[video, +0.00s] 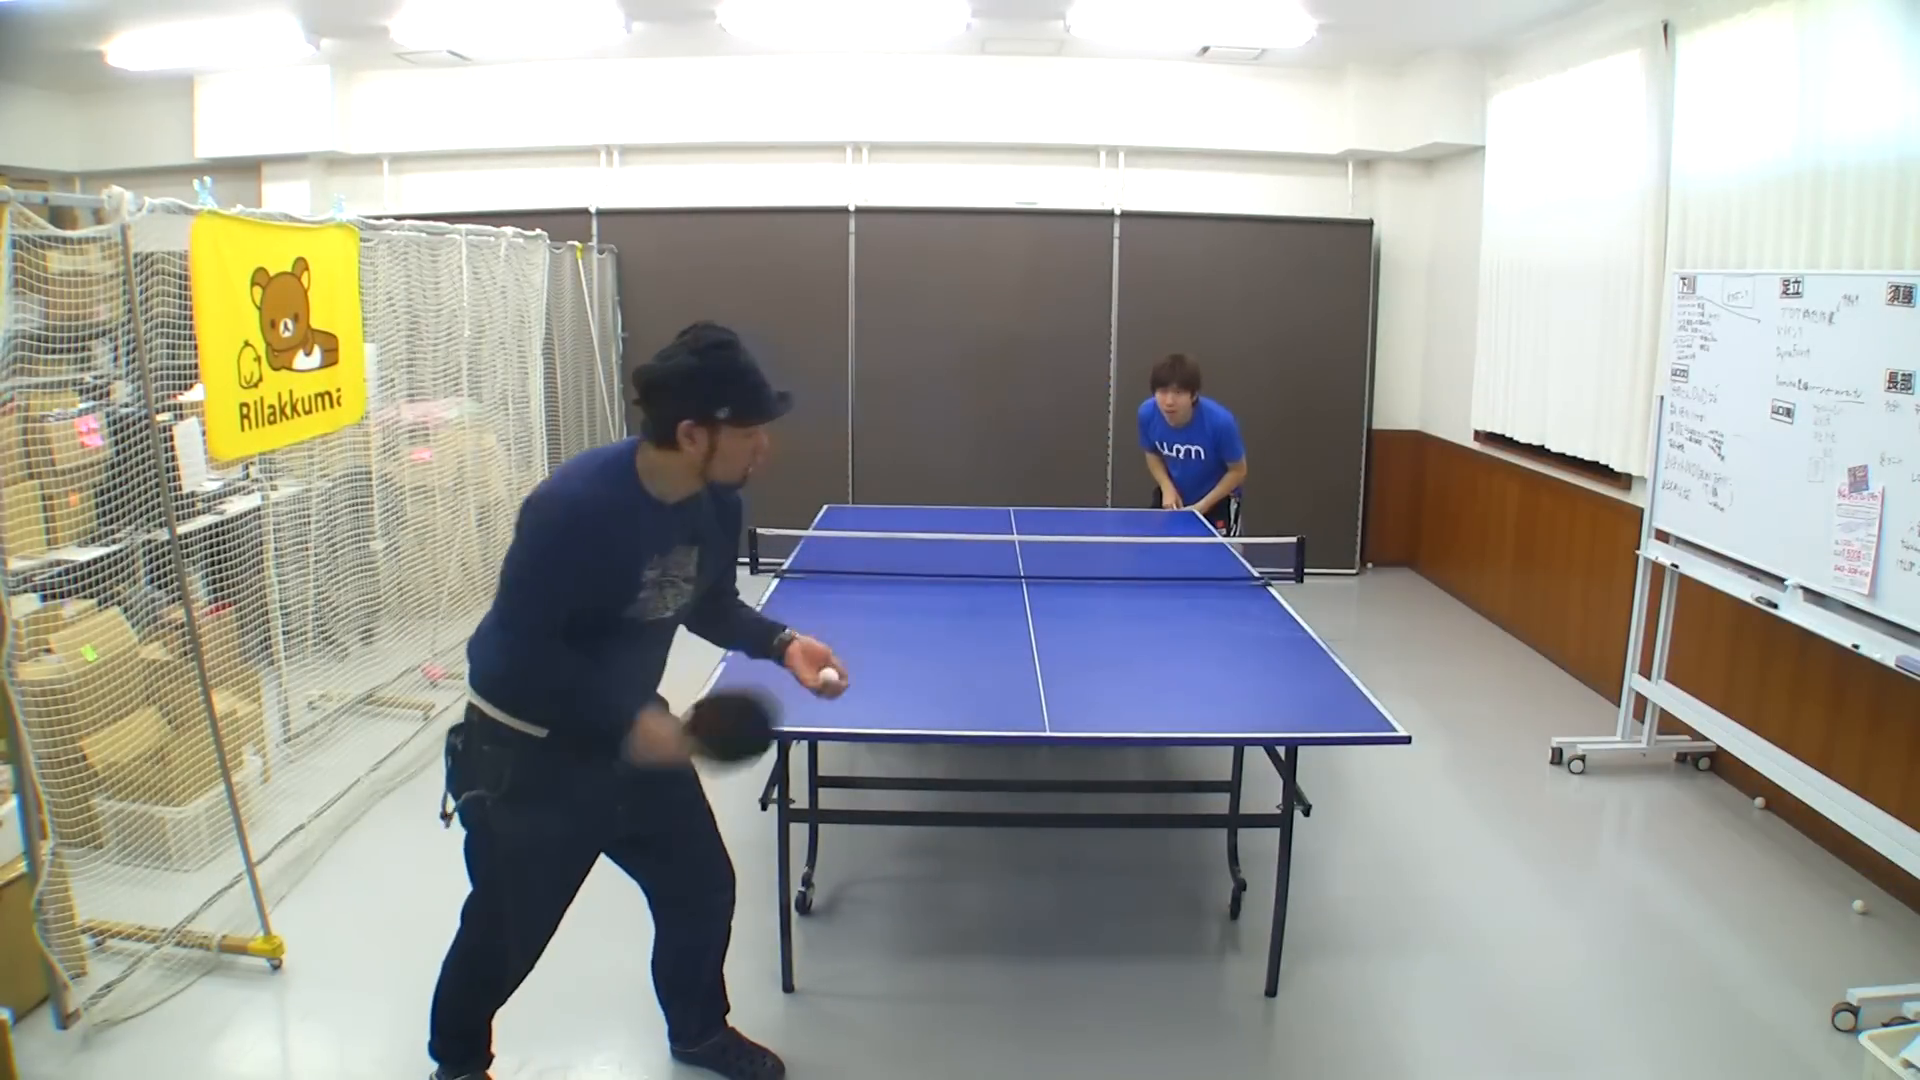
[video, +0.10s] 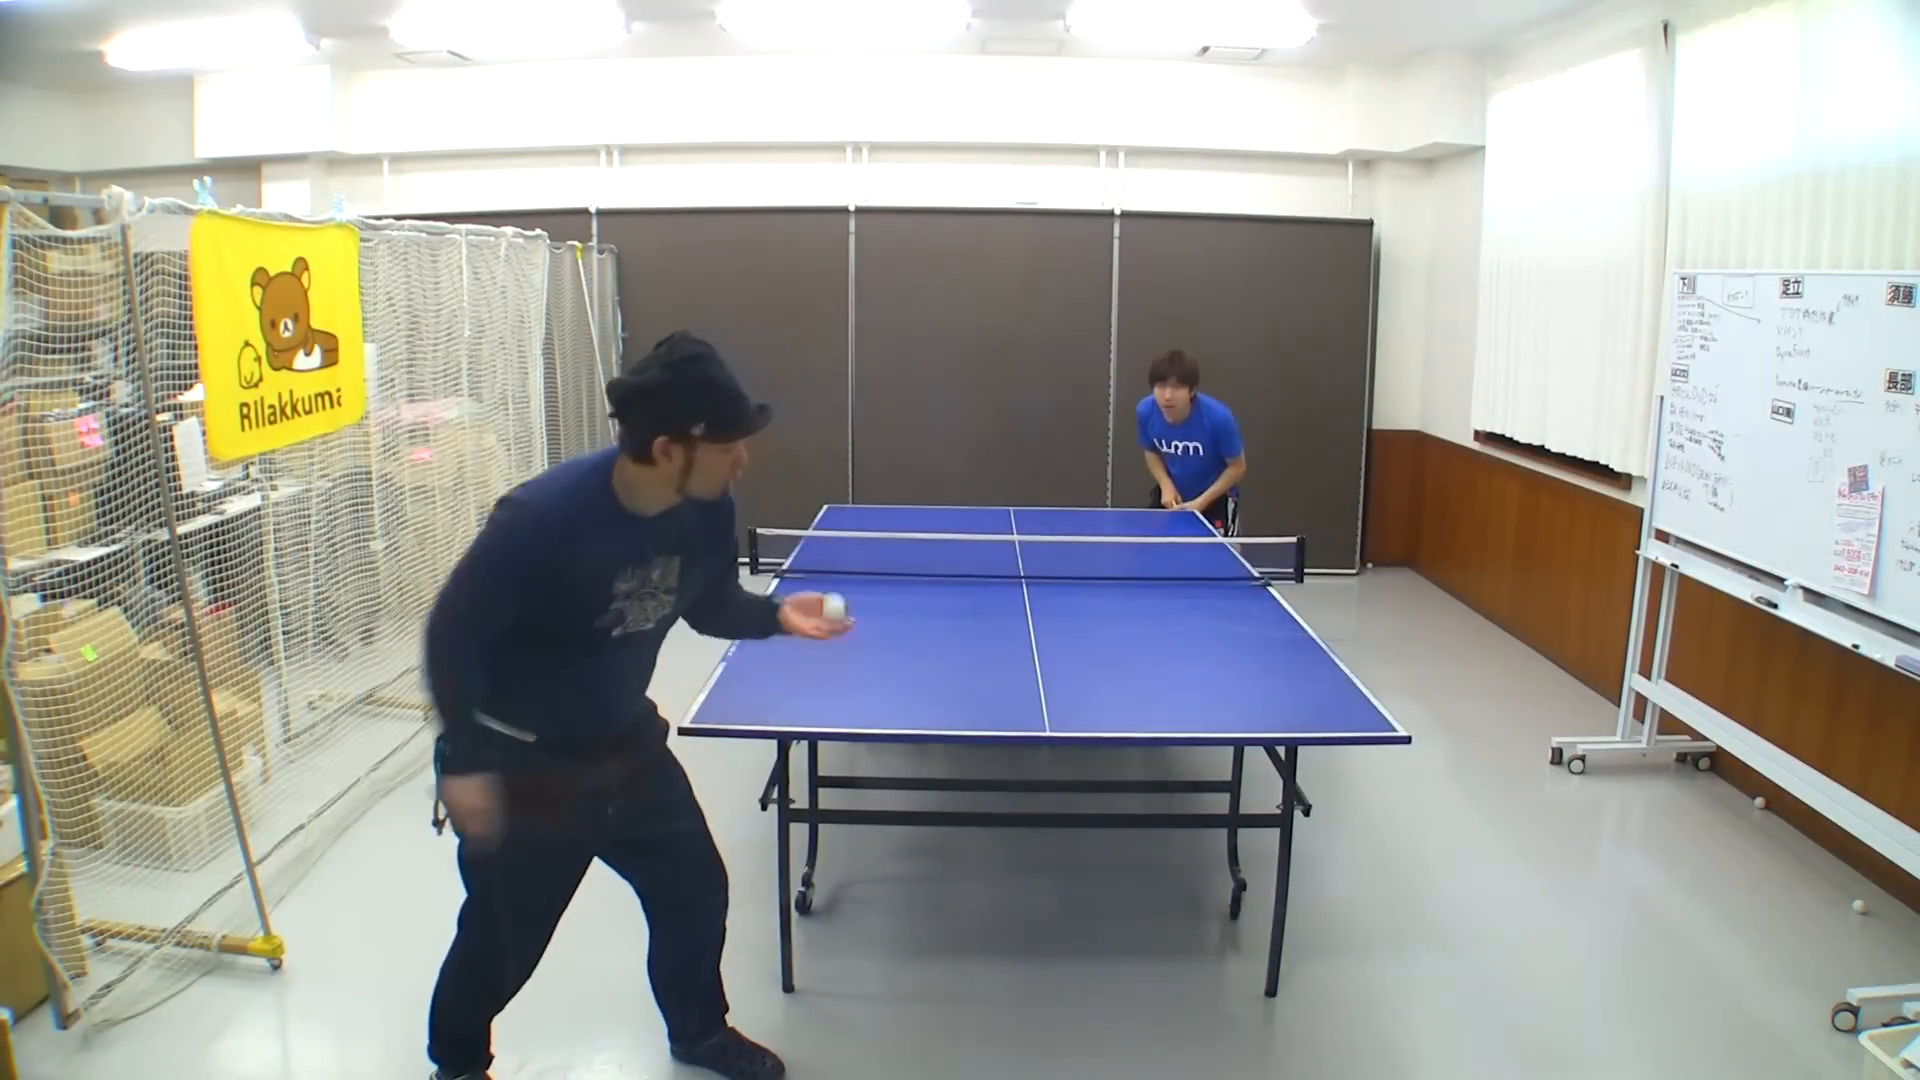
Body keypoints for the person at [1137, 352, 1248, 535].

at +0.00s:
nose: (1169, 401)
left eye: (1178, 392)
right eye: (1163, 392)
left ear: (1193, 395)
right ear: (1154, 393)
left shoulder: (1220, 422)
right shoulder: (1148, 414)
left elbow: (1238, 471)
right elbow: (1151, 454)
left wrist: (1201, 506)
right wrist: (1167, 488)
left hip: (1216, 500)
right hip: (1171, 497)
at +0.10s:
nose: (1167, 396)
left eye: (1177, 387)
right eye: (1161, 387)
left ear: (1192, 389)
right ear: (1153, 388)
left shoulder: (1218, 418)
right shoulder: (1146, 411)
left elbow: (1237, 467)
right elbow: (1150, 452)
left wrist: (1200, 502)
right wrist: (1166, 486)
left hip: (1214, 500)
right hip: (1170, 496)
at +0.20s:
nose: (1164, 389)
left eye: (1173, 381)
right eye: (1158, 381)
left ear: (1188, 384)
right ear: (1149, 383)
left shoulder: (1214, 413)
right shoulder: (1142, 408)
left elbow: (1234, 461)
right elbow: (1145, 449)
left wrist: (1197, 497)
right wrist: (1162, 482)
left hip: (1210, 498)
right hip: (1164, 496)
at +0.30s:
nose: (1159, 384)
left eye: (1169, 376)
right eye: (1153, 375)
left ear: (1183, 379)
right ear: (1144, 378)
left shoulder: (1210, 408)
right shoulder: (1136, 407)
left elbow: (1229, 455)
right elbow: (1138, 447)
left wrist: (1193, 491)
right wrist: (1156, 479)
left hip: (1205, 495)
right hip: (1159, 493)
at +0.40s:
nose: (1157, 380)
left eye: (1165, 372)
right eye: (1150, 371)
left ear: (1179, 375)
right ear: (1140, 375)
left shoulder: (1206, 405)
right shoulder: (1132, 406)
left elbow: (1227, 450)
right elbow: (1130, 446)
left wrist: (1194, 483)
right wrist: (1150, 476)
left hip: (1201, 497)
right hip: (1154, 496)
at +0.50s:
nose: (1156, 375)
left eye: (1164, 367)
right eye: (1149, 367)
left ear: (1178, 370)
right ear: (1140, 371)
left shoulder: (1206, 399)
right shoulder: (1133, 404)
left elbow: (1234, 442)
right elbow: (1129, 441)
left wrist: (1200, 471)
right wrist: (1141, 462)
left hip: (1203, 498)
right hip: (1155, 496)